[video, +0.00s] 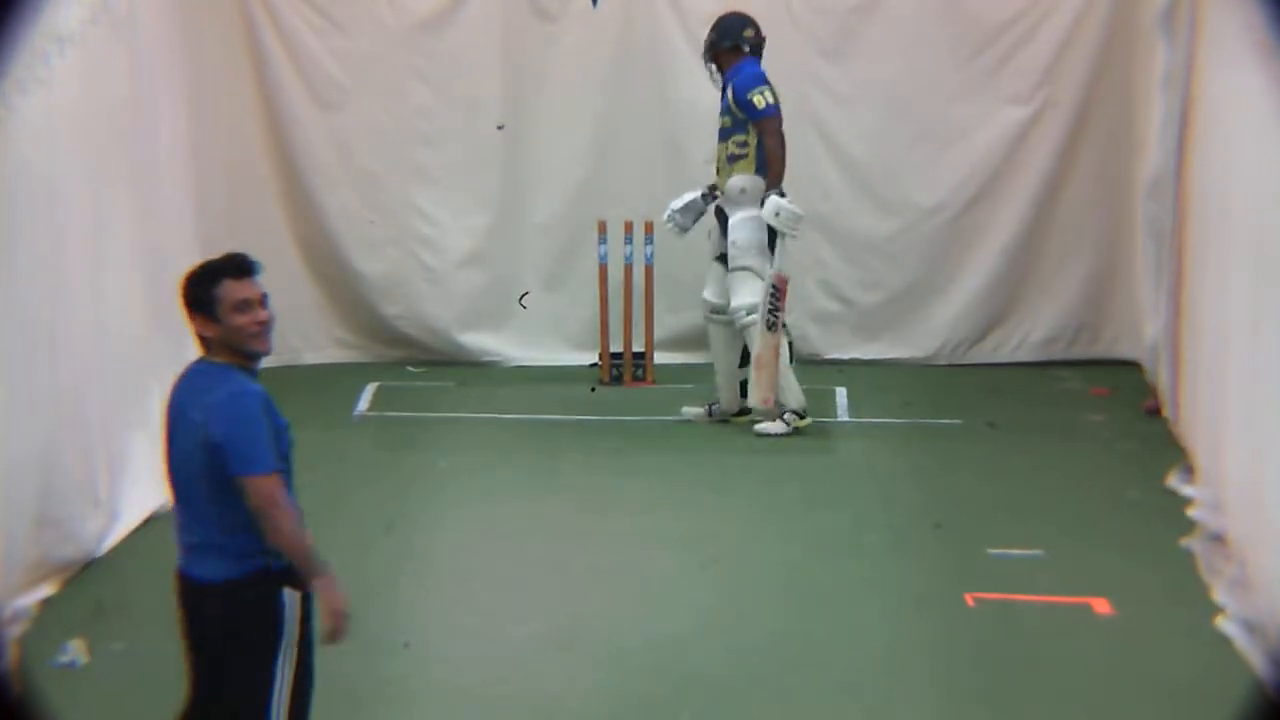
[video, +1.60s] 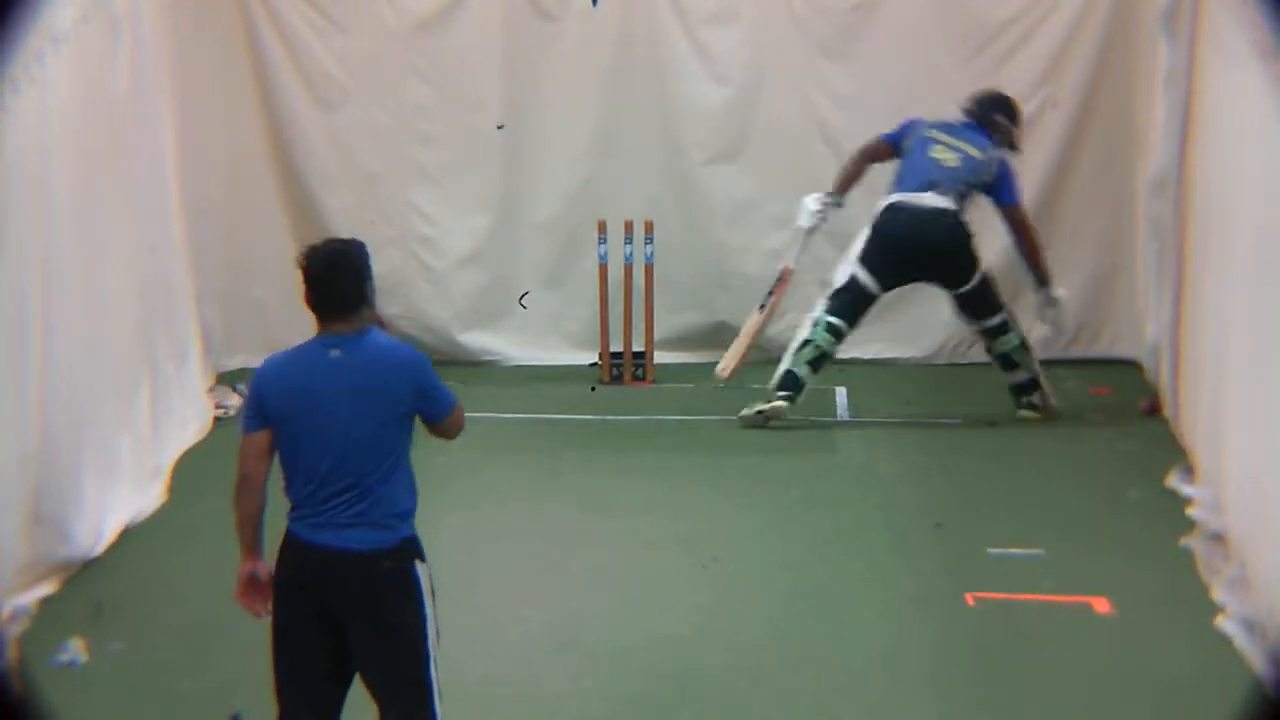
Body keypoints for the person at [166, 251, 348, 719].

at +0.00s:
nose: (263, 317)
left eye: (263, 302)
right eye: (244, 309)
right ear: (204, 325)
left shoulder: (192, 386)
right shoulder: (240, 399)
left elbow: (198, 495)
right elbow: (269, 507)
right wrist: (321, 578)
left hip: (205, 585)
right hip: (257, 588)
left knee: (212, 705)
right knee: (269, 709)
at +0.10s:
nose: (284, 317)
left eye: (282, 304)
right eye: (266, 308)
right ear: (224, 327)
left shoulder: (199, 391)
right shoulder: (264, 403)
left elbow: (197, 489)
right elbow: (301, 496)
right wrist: (377, 558)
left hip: (217, 586)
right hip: (271, 587)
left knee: (246, 706)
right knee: (279, 710)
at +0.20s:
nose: (307, 307)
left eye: (301, 294)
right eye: (292, 299)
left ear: (249, 318)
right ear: (253, 316)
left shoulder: (206, 385)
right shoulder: (276, 396)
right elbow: (341, 483)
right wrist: (400, 500)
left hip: (223, 578)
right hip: (275, 582)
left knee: (252, 701)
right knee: (283, 709)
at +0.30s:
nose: (319, 303)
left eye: (313, 292)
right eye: (311, 294)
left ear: (250, 315)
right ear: (290, 312)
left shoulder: (220, 387)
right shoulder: (291, 396)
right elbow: (367, 474)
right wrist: (398, 445)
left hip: (234, 578)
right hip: (289, 582)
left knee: (254, 706)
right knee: (290, 709)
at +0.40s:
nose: (323, 303)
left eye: (318, 293)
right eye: (321, 295)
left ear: (252, 312)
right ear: (315, 310)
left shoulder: (225, 388)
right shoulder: (312, 394)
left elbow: (219, 492)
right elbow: (378, 476)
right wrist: (377, 416)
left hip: (237, 579)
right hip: (300, 583)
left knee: (257, 707)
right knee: (299, 709)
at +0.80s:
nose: (344, 300)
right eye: (342, 291)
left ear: (275, 307)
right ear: (339, 304)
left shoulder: (242, 386)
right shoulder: (357, 381)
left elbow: (234, 491)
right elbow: (420, 453)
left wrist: (253, 553)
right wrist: (378, 408)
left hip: (267, 580)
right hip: (341, 581)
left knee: (280, 706)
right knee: (362, 704)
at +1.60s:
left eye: (304, 285)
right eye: (368, 284)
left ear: (308, 297)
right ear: (369, 291)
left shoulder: (275, 375)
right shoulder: (401, 362)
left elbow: (250, 476)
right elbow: (449, 423)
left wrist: (252, 556)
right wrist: (394, 345)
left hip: (305, 573)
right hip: (384, 574)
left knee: (304, 709)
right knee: (410, 707)